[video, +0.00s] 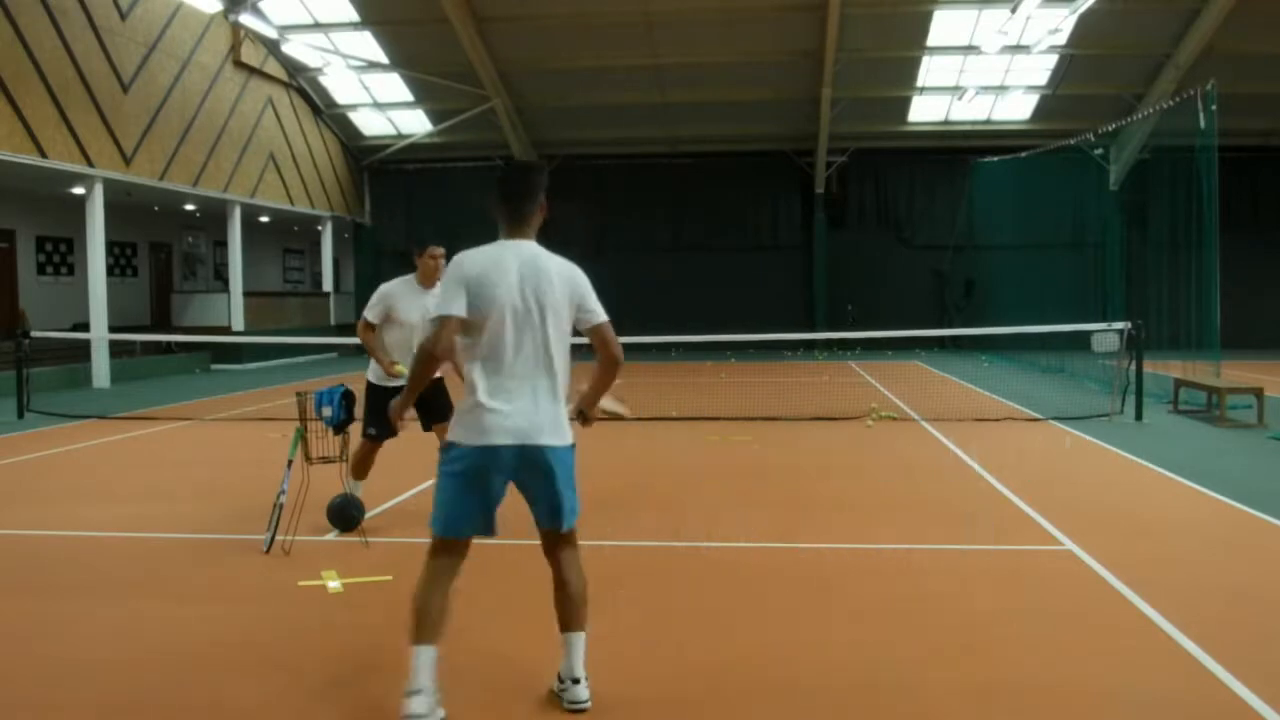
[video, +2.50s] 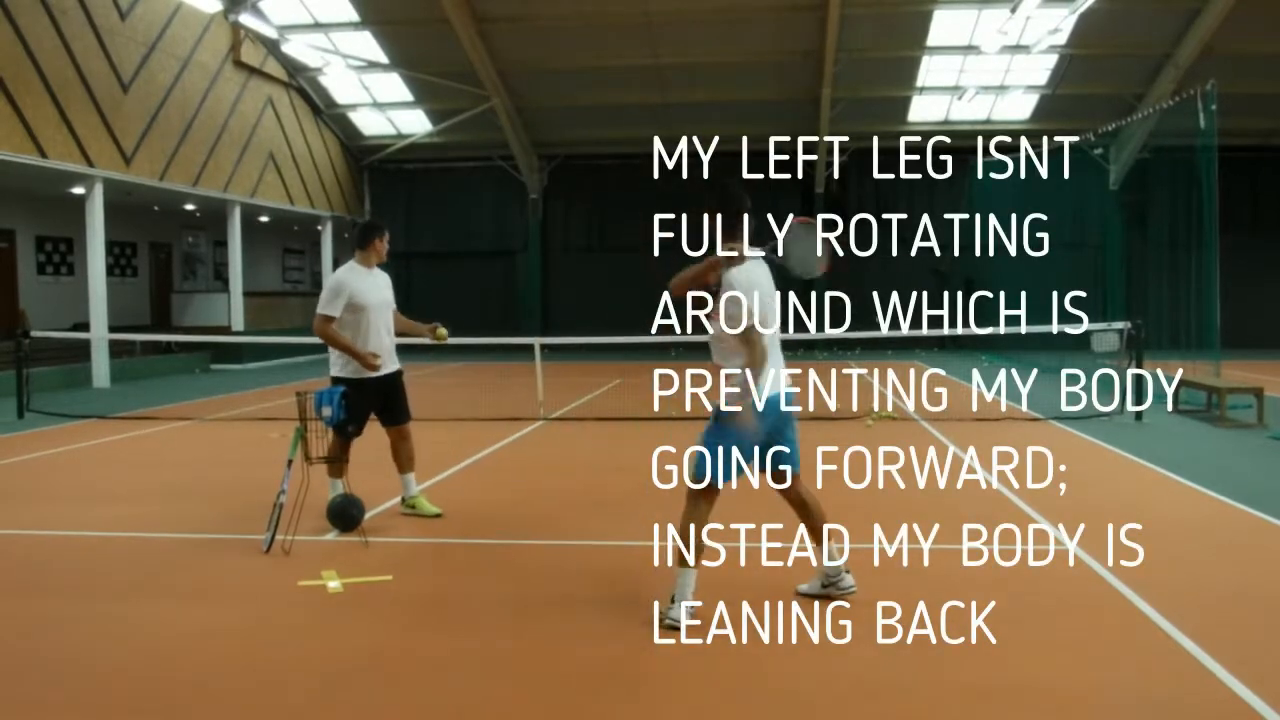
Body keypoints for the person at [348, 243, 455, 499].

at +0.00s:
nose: (439, 264)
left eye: (442, 258)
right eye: (432, 258)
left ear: (446, 262)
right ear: (418, 260)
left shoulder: (448, 294)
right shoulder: (390, 292)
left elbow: (451, 342)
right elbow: (365, 329)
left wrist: (469, 379)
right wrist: (385, 362)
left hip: (429, 379)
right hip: (386, 381)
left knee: (450, 436)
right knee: (372, 441)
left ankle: (456, 499)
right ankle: (352, 497)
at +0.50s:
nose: (448, 262)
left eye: (453, 257)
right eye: (443, 255)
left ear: (460, 261)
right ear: (432, 258)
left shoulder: (462, 293)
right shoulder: (411, 288)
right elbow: (387, 325)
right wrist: (394, 359)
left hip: (444, 378)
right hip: (406, 376)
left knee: (445, 442)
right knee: (379, 436)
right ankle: (359, 491)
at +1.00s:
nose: (386, 250)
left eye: (389, 244)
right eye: (379, 245)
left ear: (393, 249)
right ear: (366, 250)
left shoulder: (405, 286)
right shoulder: (345, 288)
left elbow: (409, 322)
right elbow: (323, 331)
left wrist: (414, 344)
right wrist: (353, 360)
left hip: (398, 379)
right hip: (358, 382)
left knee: (424, 433)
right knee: (347, 442)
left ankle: (445, 497)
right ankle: (338, 498)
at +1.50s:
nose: (379, 244)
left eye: (382, 239)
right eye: (372, 239)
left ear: (385, 244)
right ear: (357, 243)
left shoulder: (393, 279)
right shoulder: (340, 281)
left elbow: (400, 318)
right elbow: (329, 328)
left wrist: (404, 342)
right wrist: (369, 345)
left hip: (388, 373)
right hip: (349, 376)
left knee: (402, 431)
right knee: (339, 436)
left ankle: (411, 495)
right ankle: (337, 497)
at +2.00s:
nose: (383, 245)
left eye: (386, 240)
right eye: (378, 240)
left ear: (387, 244)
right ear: (360, 243)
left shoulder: (393, 278)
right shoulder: (341, 281)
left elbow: (401, 316)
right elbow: (324, 328)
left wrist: (418, 341)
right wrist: (359, 351)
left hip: (389, 373)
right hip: (351, 376)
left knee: (403, 432)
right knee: (340, 436)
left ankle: (411, 495)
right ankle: (337, 497)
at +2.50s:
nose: (388, 247)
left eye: (387, 242)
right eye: (385, 242)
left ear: (372, 244)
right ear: (374, 243)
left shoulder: (383, 278)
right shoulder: (341, 280)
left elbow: (391, 320)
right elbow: (321, 327)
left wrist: (426, 330)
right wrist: (358, 354)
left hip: (388, 373)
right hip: (352, 377)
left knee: (401, 432)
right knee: (342, 437)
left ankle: (411, 495)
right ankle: (337, 497)